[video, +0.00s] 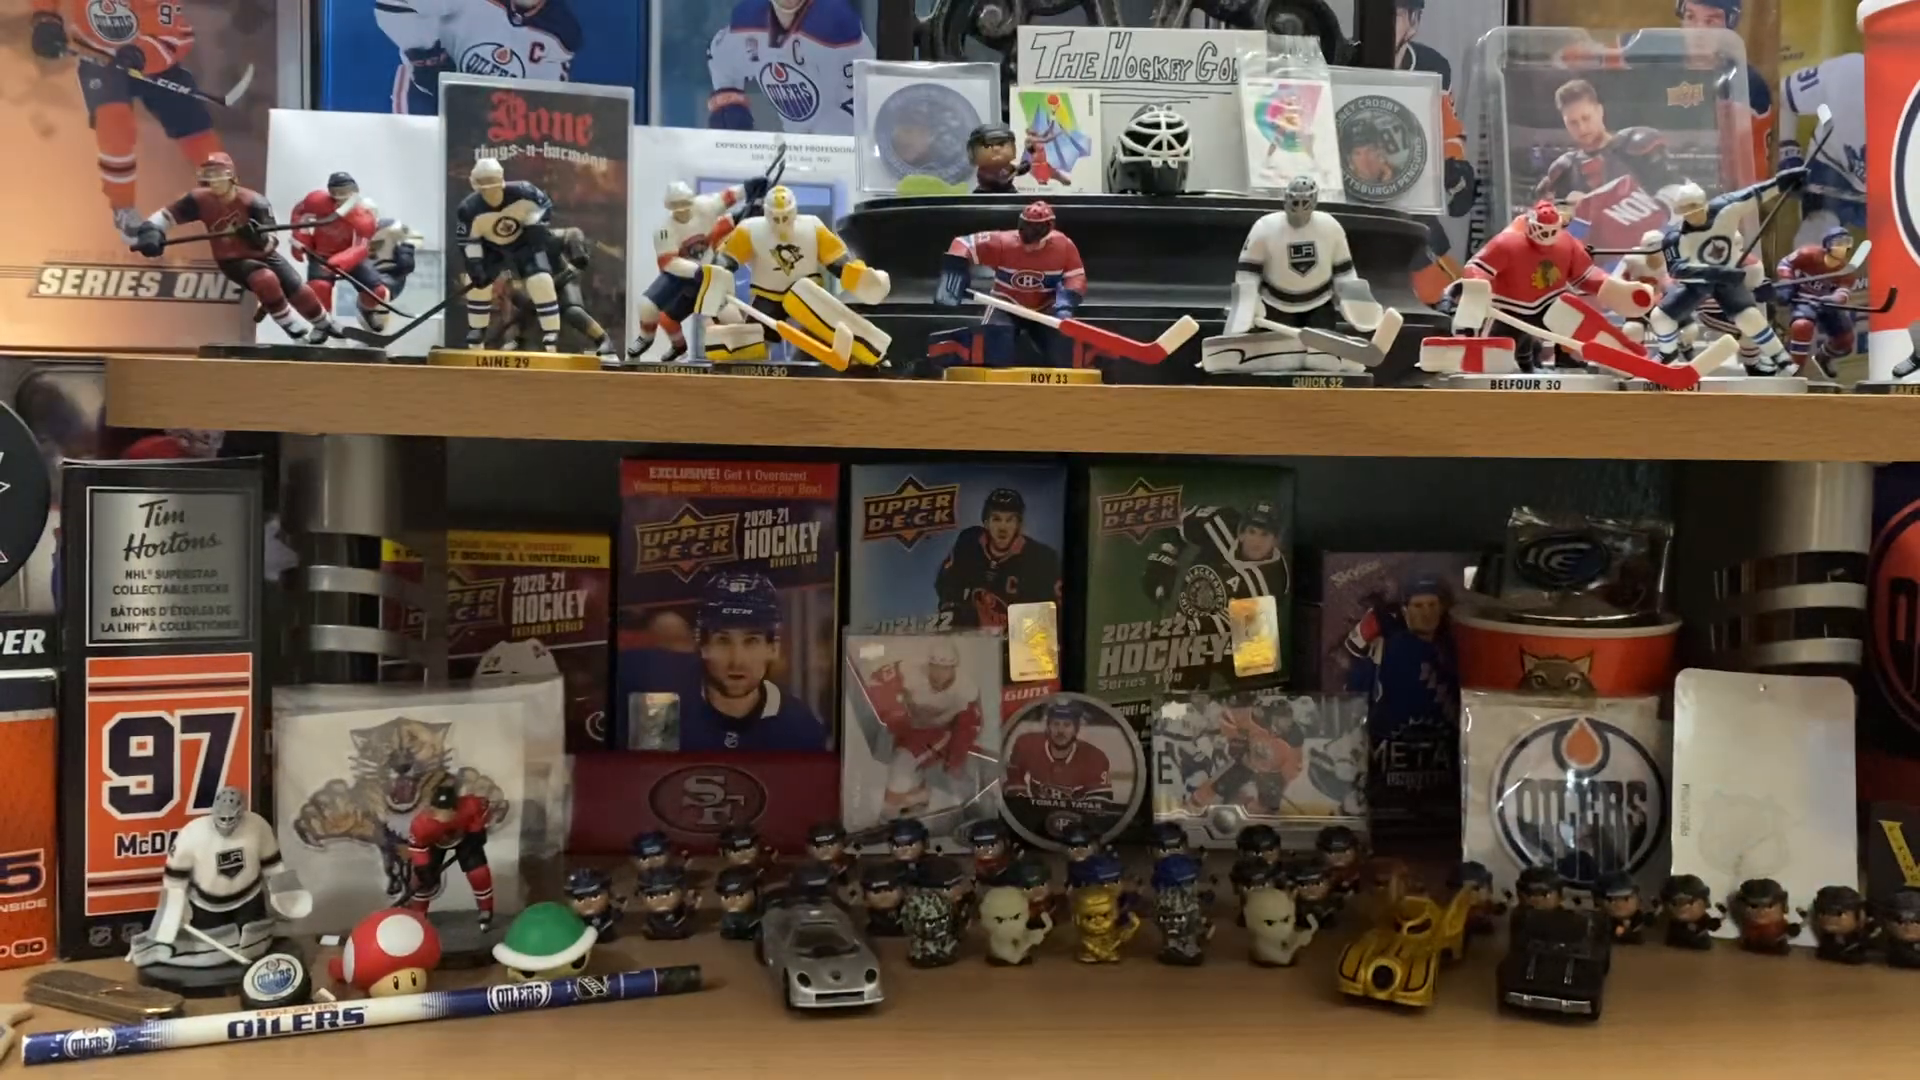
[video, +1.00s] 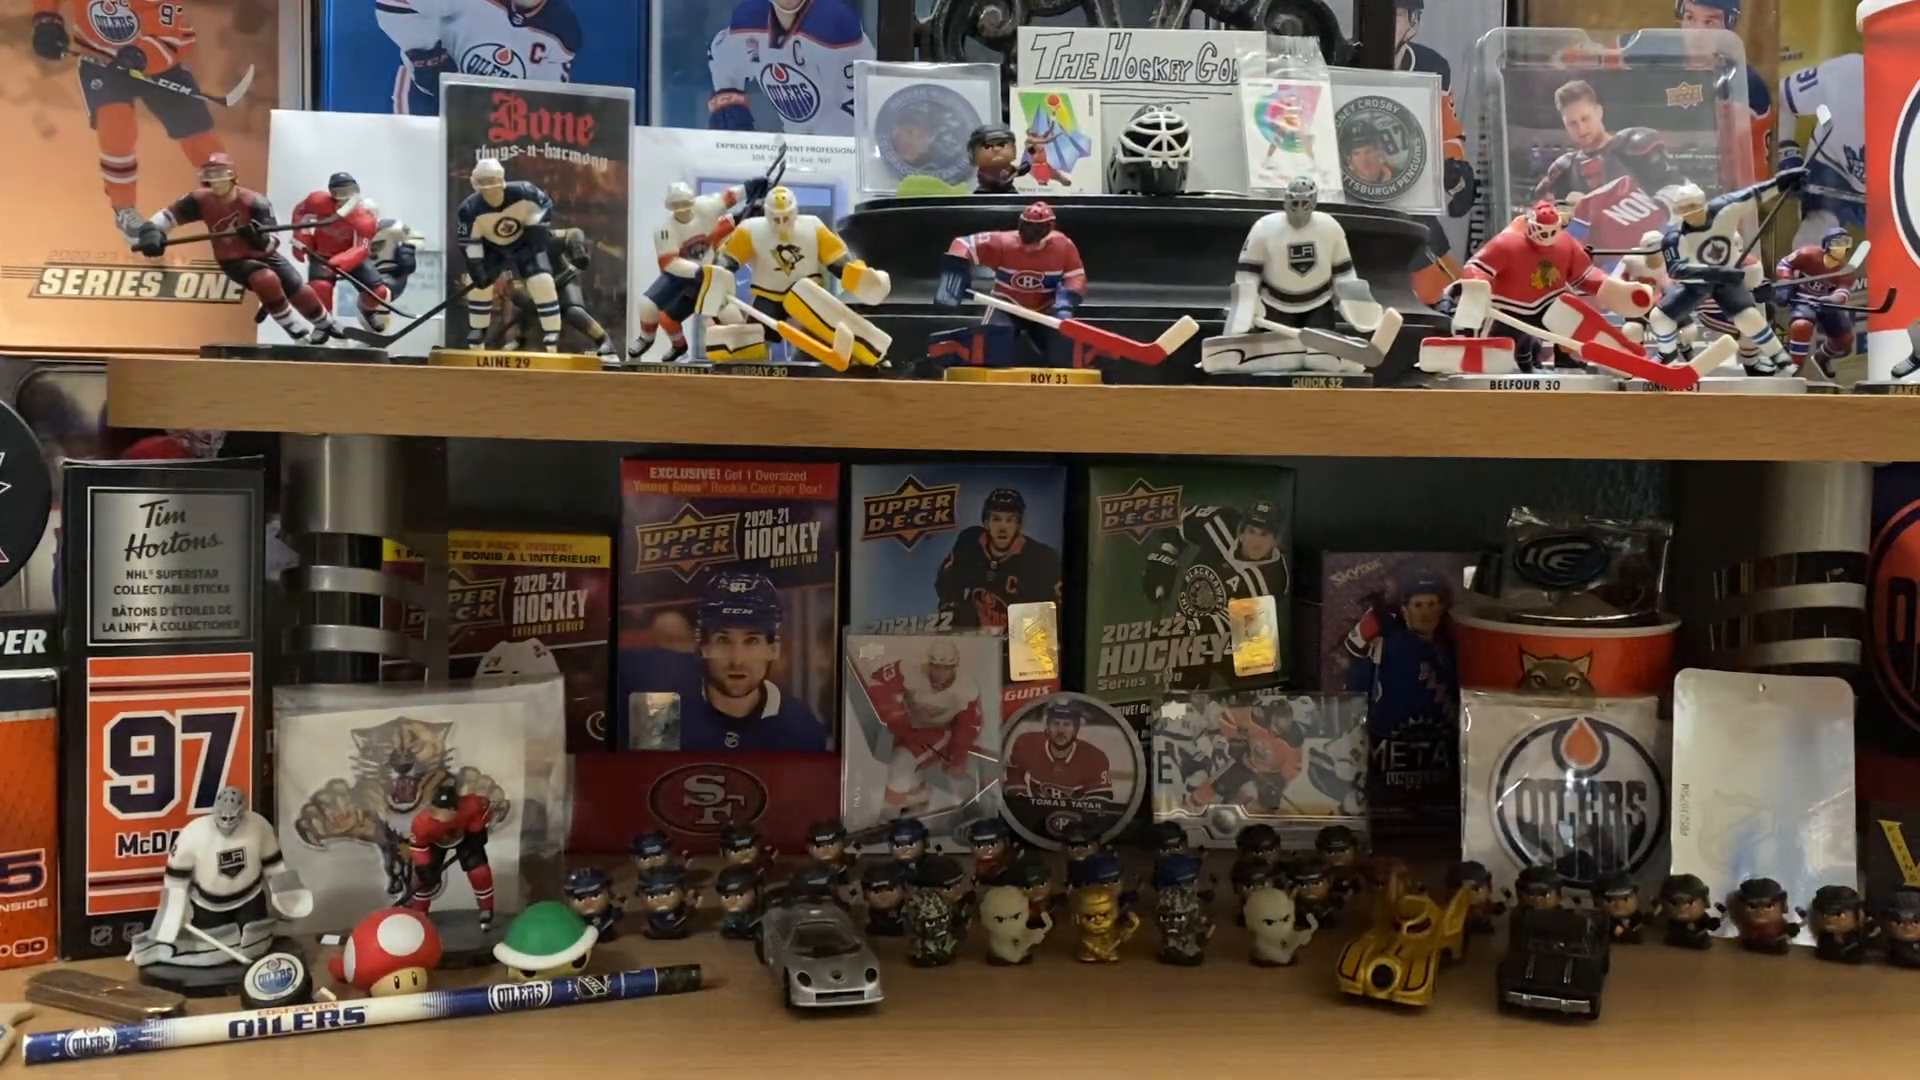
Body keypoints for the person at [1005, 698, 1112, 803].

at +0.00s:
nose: (1060, 731)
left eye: (1066, 725)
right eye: (1055, 724)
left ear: (1076, 728)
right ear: (1048, 726)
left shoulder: (1094, 757)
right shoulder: (1026, 745)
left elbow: (1099, 800)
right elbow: (1014, 780)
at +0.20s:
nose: (1060, 730)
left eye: (1066, 725)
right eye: (1055, 724)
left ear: (1076, 728)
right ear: (1048, 726)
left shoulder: (1095, 758)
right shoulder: (1026, 745)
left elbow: (1100, 801)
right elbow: (1014, 781)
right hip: (1033, 813)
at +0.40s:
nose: (1060, 730)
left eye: (1066, 724)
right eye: (1055, 724)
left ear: (1077, 728)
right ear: (1047, 726)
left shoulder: (1095, 758)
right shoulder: (1025, 745)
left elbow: (1099, 801)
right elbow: (1014, 785)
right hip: (1032, 814)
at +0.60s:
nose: (1060, 730)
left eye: (1066, 725)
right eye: (1055, 724)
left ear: (1076, 728)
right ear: (1048, 726)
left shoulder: (1095, 757)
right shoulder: (1025, 744)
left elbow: (1100, 800)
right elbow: (1014, 784)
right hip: (1033, 813)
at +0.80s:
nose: (1060, 730)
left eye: (1066, 724)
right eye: (1055, 724)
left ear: (1076, 729)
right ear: (1047, 727)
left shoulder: (1094, 758)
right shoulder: (1025, 745)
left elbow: (1099, 800)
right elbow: (1014, 785)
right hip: (1033, 813)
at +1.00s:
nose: (1060, 730)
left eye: (1066, 725)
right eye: (1055, 724)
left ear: (1076, 729)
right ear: (1047, 727)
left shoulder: (1095, 757)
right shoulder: (1026, 744)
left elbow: (1100, 799)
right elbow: (1014, 783)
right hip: (1033, 813)